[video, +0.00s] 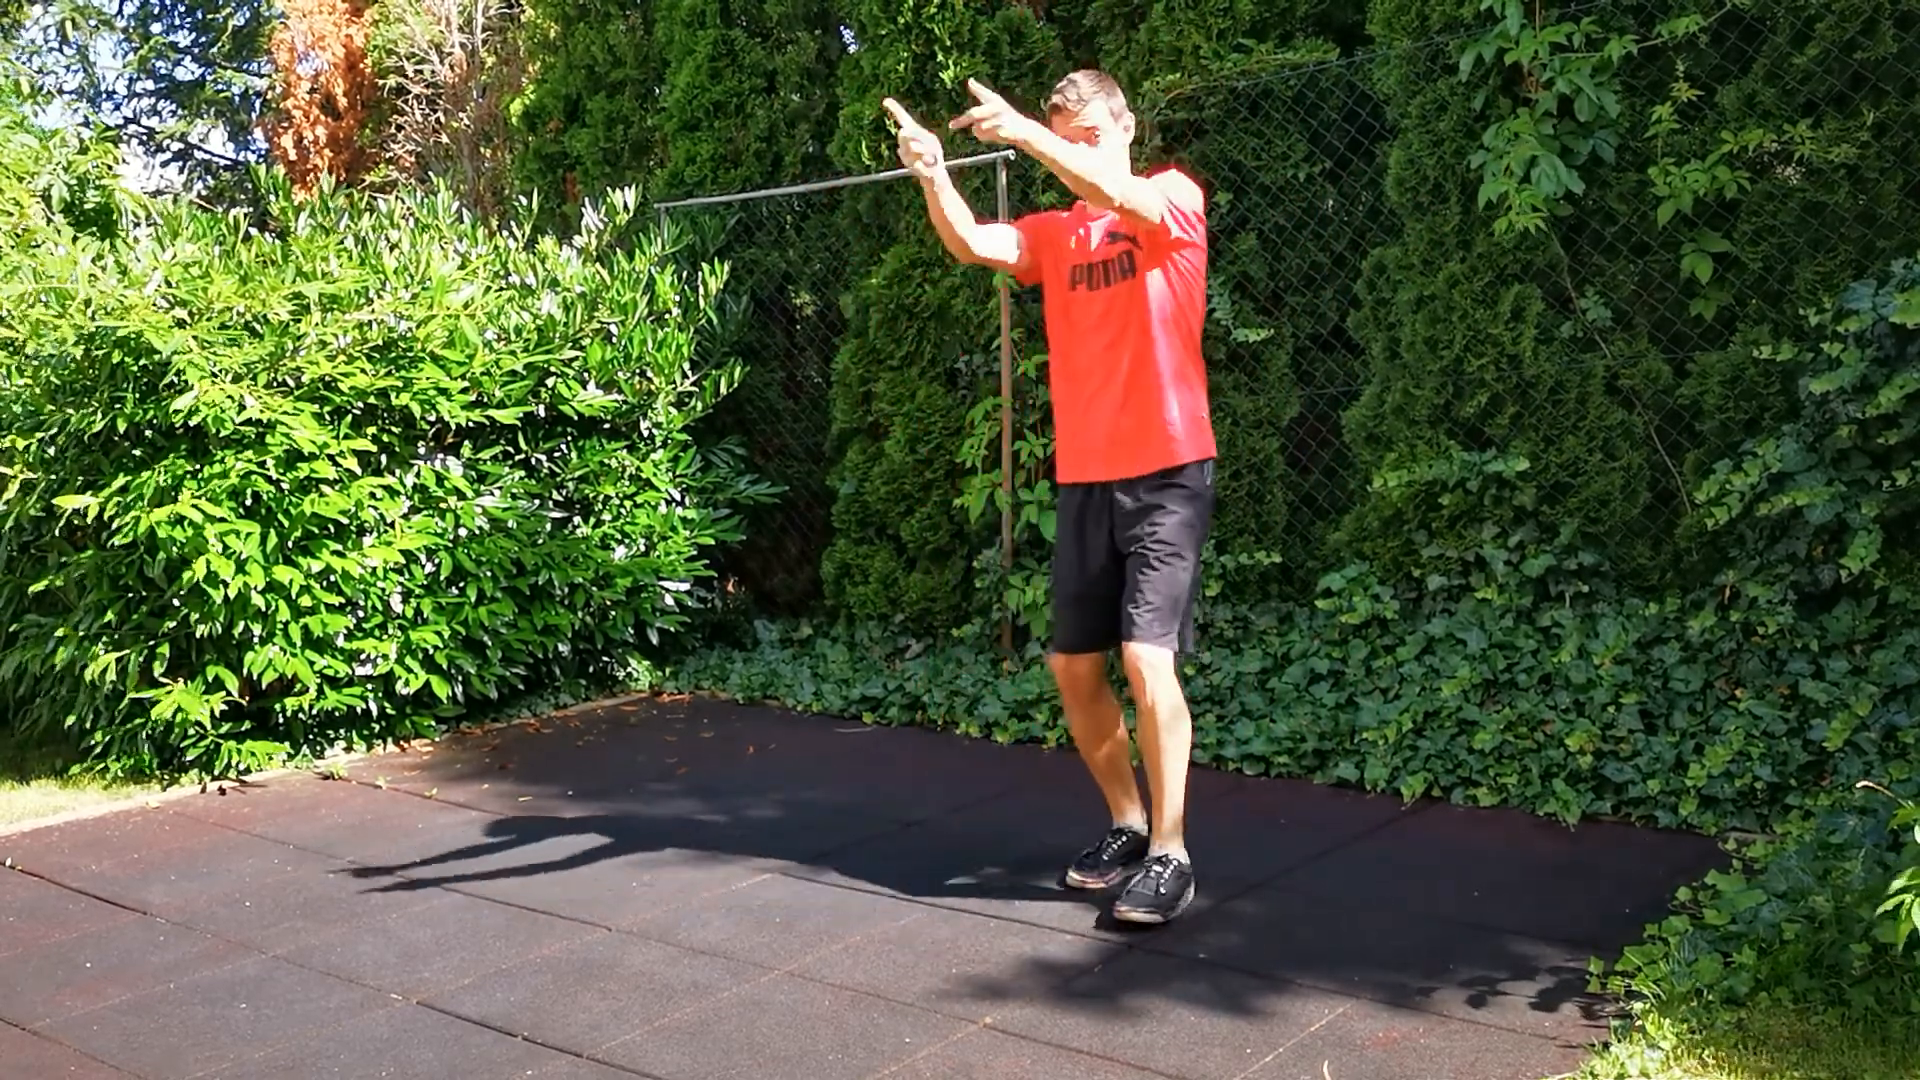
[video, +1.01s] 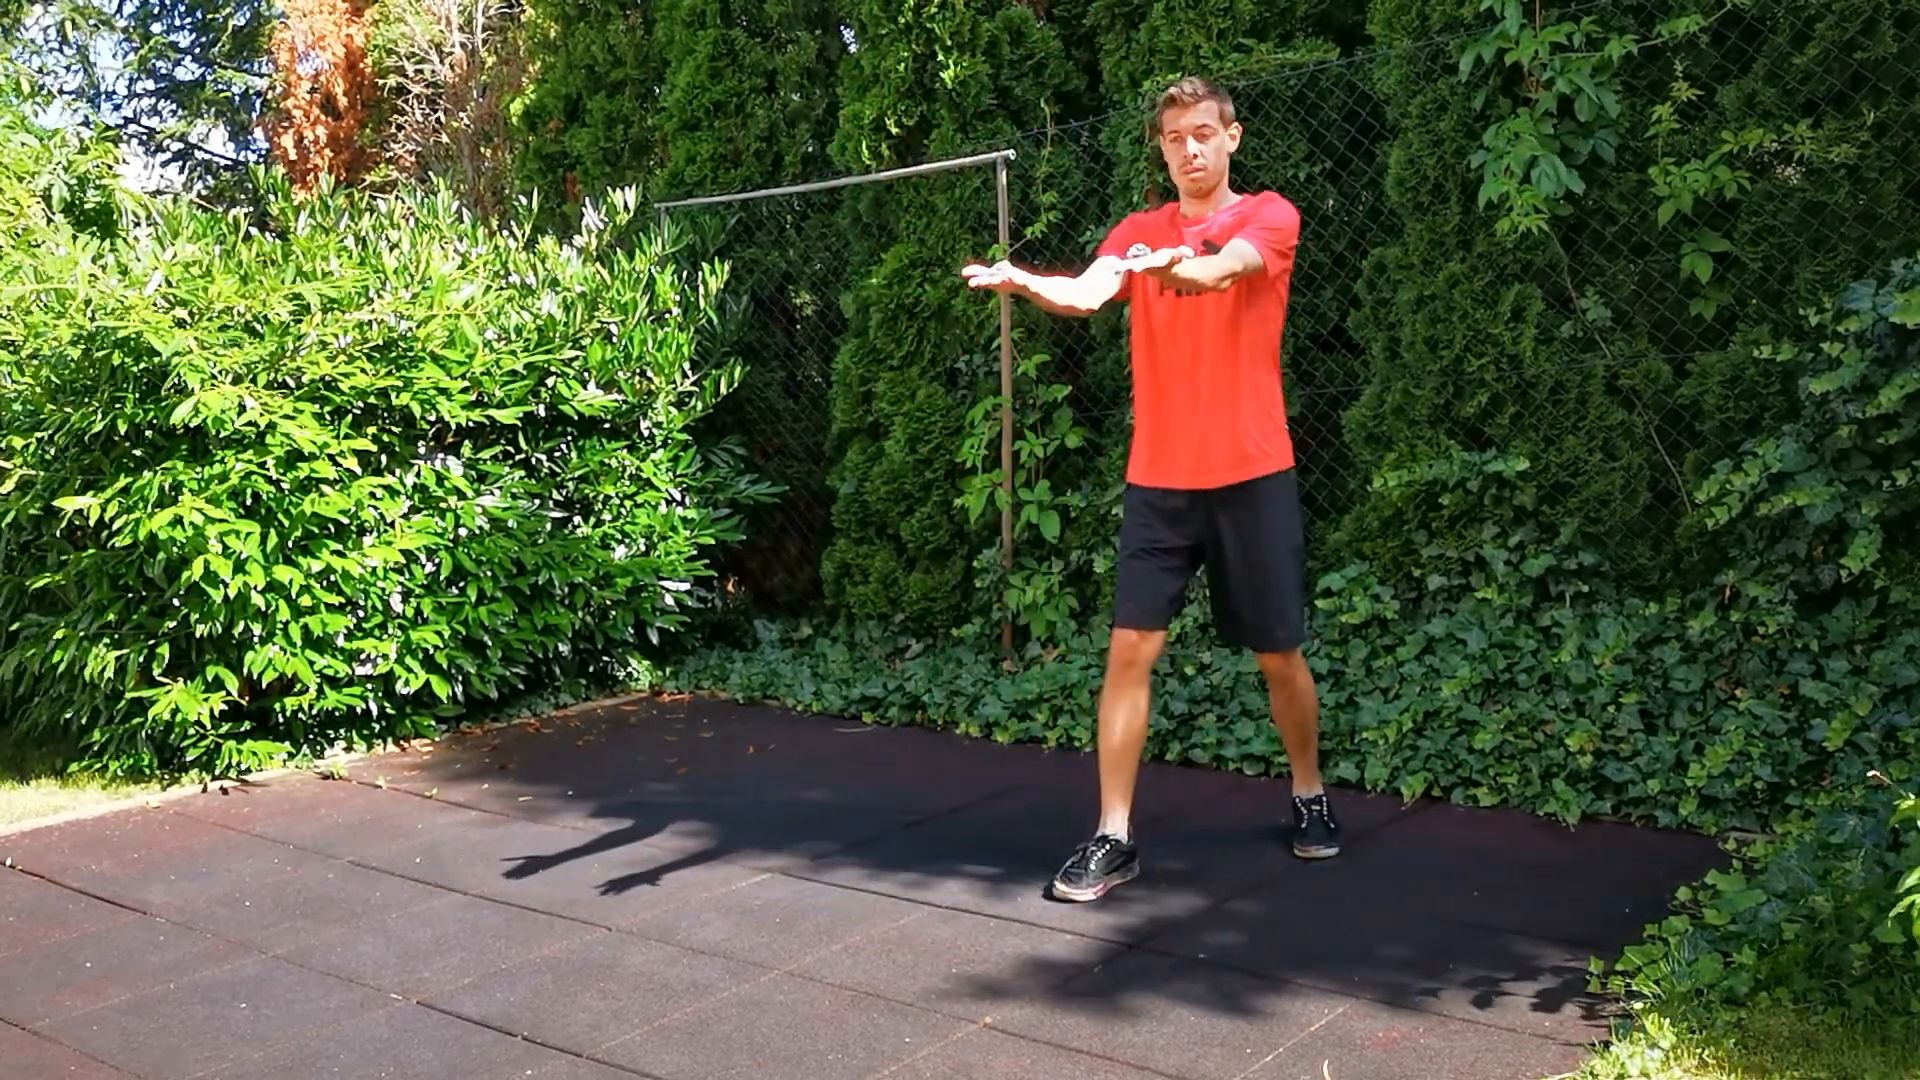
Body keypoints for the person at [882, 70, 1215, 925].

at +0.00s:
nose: (1079, 153)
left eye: (1089, 136)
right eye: (1066, 142)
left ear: (1126, 129)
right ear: (1051, 145)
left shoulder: (1175, 192)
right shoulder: (1053, 228)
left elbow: (1132, 202)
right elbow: (970, 243)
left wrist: (1025, 132)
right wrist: (933, 173)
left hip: (1167, 469)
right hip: (1084, 478)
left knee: (1145, 656)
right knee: (1074, 664)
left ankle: (1170, 854)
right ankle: (1132, 826)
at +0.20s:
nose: (1094, 159)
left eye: (1104, 142)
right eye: (1083, 148)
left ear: (1144, 134)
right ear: (1078, 152)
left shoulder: (1197, 196)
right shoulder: (1082, 227)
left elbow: (1151, 239)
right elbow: (1009, 269)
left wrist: (1050, 228)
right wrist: (946, 240)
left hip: (1197, 469)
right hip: (1112, 476)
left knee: (1201, 656)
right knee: (1097, 651)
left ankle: (1261, 805)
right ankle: (1133, 828)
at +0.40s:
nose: (1144, 165)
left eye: (1156, 147)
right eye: (1134, 152)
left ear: (1198, 139)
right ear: (1128, 156)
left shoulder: (1246, 214)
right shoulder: (1121, 238)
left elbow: (1182, 277)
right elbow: (1063, 302)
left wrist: (1100, 284)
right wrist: (995, 291)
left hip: (1237, 476)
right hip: (1144, 482)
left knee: (1269, 655)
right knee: (1109, 644)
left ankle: (1310, 799)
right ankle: (1132, 827)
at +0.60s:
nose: (1190, 162)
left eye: (1203, 145)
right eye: (1177, 150)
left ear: (1236, 146)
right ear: (1163, 158)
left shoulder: (1276, 223)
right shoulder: (1149, 242)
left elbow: (1219, 284)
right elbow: (1102, 304)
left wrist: (1140, 292)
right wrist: (1029, 301)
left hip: (1262, 482)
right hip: (1170, 483)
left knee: (1281, 662)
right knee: (1127, 639)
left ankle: (1312, 805)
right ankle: (1118, 830)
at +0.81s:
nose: (1187, 151)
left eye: (1200, 134)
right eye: (1173, 139)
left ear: (1229, 140)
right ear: (1155, 151)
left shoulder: (1267, 215)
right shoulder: (1138, 233)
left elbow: (1230, 260)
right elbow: (1087, 297)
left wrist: (1185, 271)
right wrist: (1018, 282)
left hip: (1255, 477)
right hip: (1160, 479)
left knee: (1280, 659)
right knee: (1129, 647)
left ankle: (1310, 805)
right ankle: (1112, 834)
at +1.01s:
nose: (1189, 151)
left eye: (1202, 134)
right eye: (1175, 139)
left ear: (1233, 138)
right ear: (1159, 150)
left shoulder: (1272, 213)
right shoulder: (1140, 230)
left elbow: (1231, 261)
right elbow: (1083, 294)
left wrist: (1181, 266)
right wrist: (1018, 278)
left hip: (1252, 473)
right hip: (1158, 476)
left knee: (1279, 651)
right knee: (1130, 646)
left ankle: (1309, 797)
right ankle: (1113, 834)